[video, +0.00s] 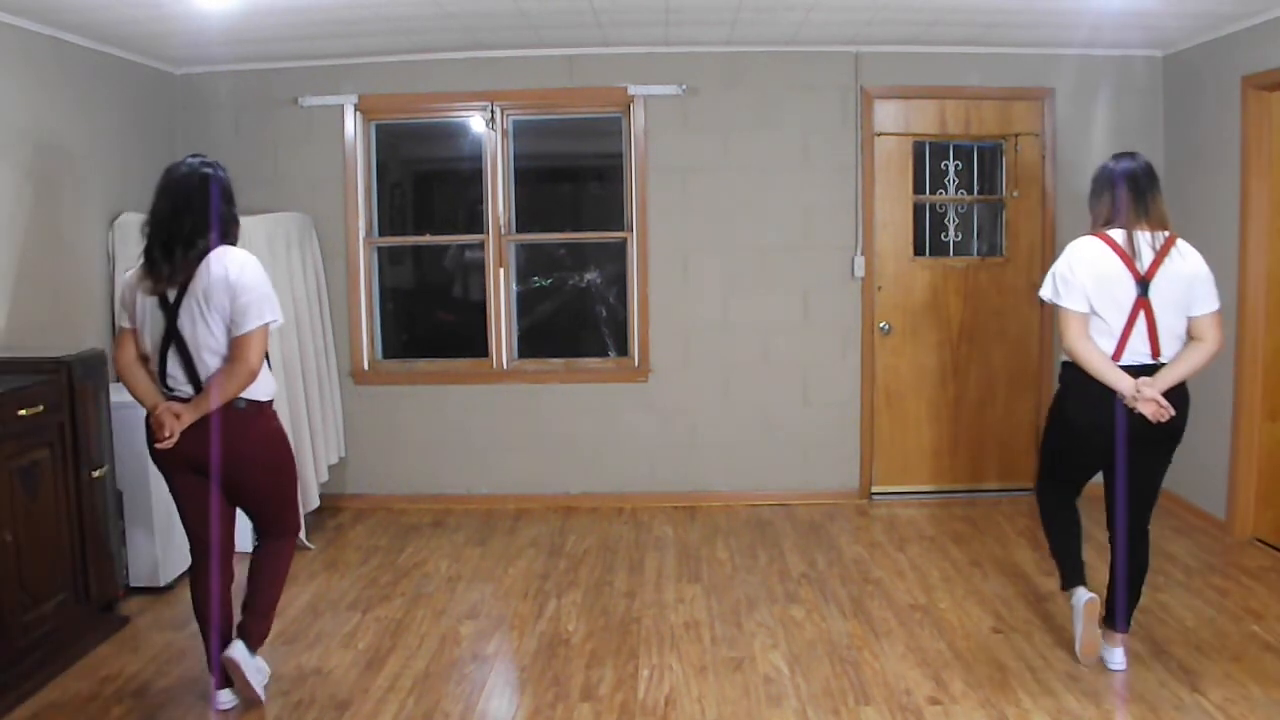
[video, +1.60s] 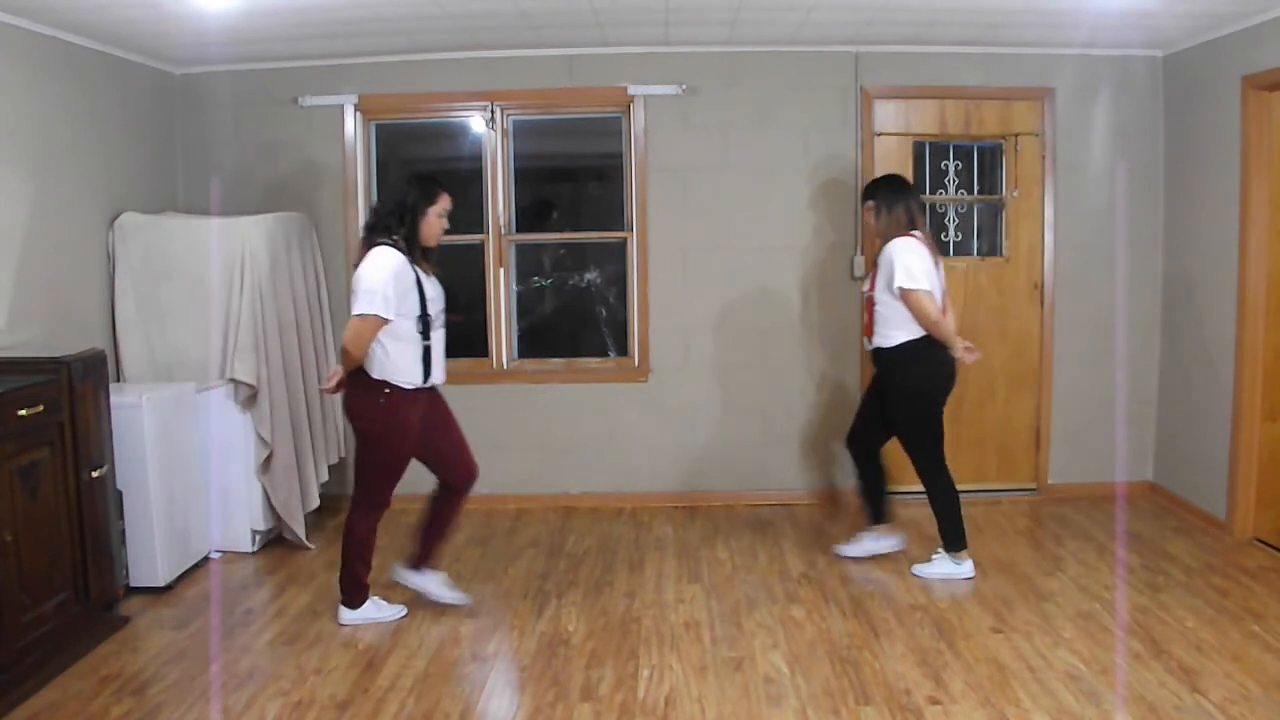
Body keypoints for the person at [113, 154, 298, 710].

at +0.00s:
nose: (229, 211)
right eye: (226, 203)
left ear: (163, 210)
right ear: (223, 209)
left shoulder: (139, 279)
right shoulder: (238, 267)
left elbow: (126, 358)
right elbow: (245, 363)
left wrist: (158, 407)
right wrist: (190, 410)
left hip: (171, 429)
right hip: (239, 425)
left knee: (207, 553)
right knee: (278, 529)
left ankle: (219, 683)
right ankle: (249, 644)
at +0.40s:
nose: (275, 219)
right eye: (272, 211)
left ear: (212, 218)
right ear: (268, 218)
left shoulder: (185, 281)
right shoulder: (283, 273)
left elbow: (166, 354)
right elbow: (288, 359)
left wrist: (197, 399)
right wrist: (227, 406)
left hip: (207, 425)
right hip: (274, 423)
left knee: (223, 549)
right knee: (311, 519)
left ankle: (224, 679)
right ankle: (312, 621)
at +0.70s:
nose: (335, 221)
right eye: (332, 213)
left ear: (277, 218)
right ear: (327, 220)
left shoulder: (250, 279)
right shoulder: (341, 276)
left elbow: (236, 348)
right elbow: (343, 360)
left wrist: (260, 393)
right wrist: (283, 398)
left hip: (270, 417)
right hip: (332, 416)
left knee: (278, 528)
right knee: (345, 516)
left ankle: (243, 633)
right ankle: (358, 607)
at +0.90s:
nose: (370, 210)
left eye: (368, 200)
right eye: (365, 202)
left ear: (312, 208)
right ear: (346, 209)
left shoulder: (282, 267)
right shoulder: (361, 265)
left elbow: (270, 333)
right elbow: (357, 348)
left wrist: (286, 377)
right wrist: (308, 383)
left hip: (302, 401)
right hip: (353, 401)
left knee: (332, 489)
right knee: (355, 505)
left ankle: (289, 574)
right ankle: (359, 605)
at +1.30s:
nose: (405, 217)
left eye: (405, 208)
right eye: (399, 208)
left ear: (369, 209)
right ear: (374, 209)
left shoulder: (363, 259)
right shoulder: (360, 263)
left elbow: (340, 341)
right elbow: (341, 348)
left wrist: (319, 364)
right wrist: (319, 373)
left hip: (372, 393)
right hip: (359, 395)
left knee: (386, 486)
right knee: (364, 493)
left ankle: (316, 564)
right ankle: (354, 601)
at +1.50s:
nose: (430, 223)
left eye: (431, 214)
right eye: (424, 213)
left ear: (403, 215)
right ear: (398, 213)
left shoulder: (398, 263)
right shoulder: (372, 262)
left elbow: (372, 334)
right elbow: (344, 348)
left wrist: (335, 369)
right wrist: (335, 372)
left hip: (401, 394)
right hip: (371, 397)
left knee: (434, 480)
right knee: (367, 500)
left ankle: (365, 546)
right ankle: (353, 602)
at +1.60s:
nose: (446, 225)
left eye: (447, 216)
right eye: (441, 215)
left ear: (422, 217)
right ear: (415, 214)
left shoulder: (415, 264)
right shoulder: (383, 263)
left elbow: (387, 332)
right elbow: (354, 344)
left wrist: (349, 367)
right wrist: (353, 369)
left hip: (419, 398)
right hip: (384, 400)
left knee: (460, 475)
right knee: (370, 502)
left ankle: (420, 567)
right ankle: (353, 601)